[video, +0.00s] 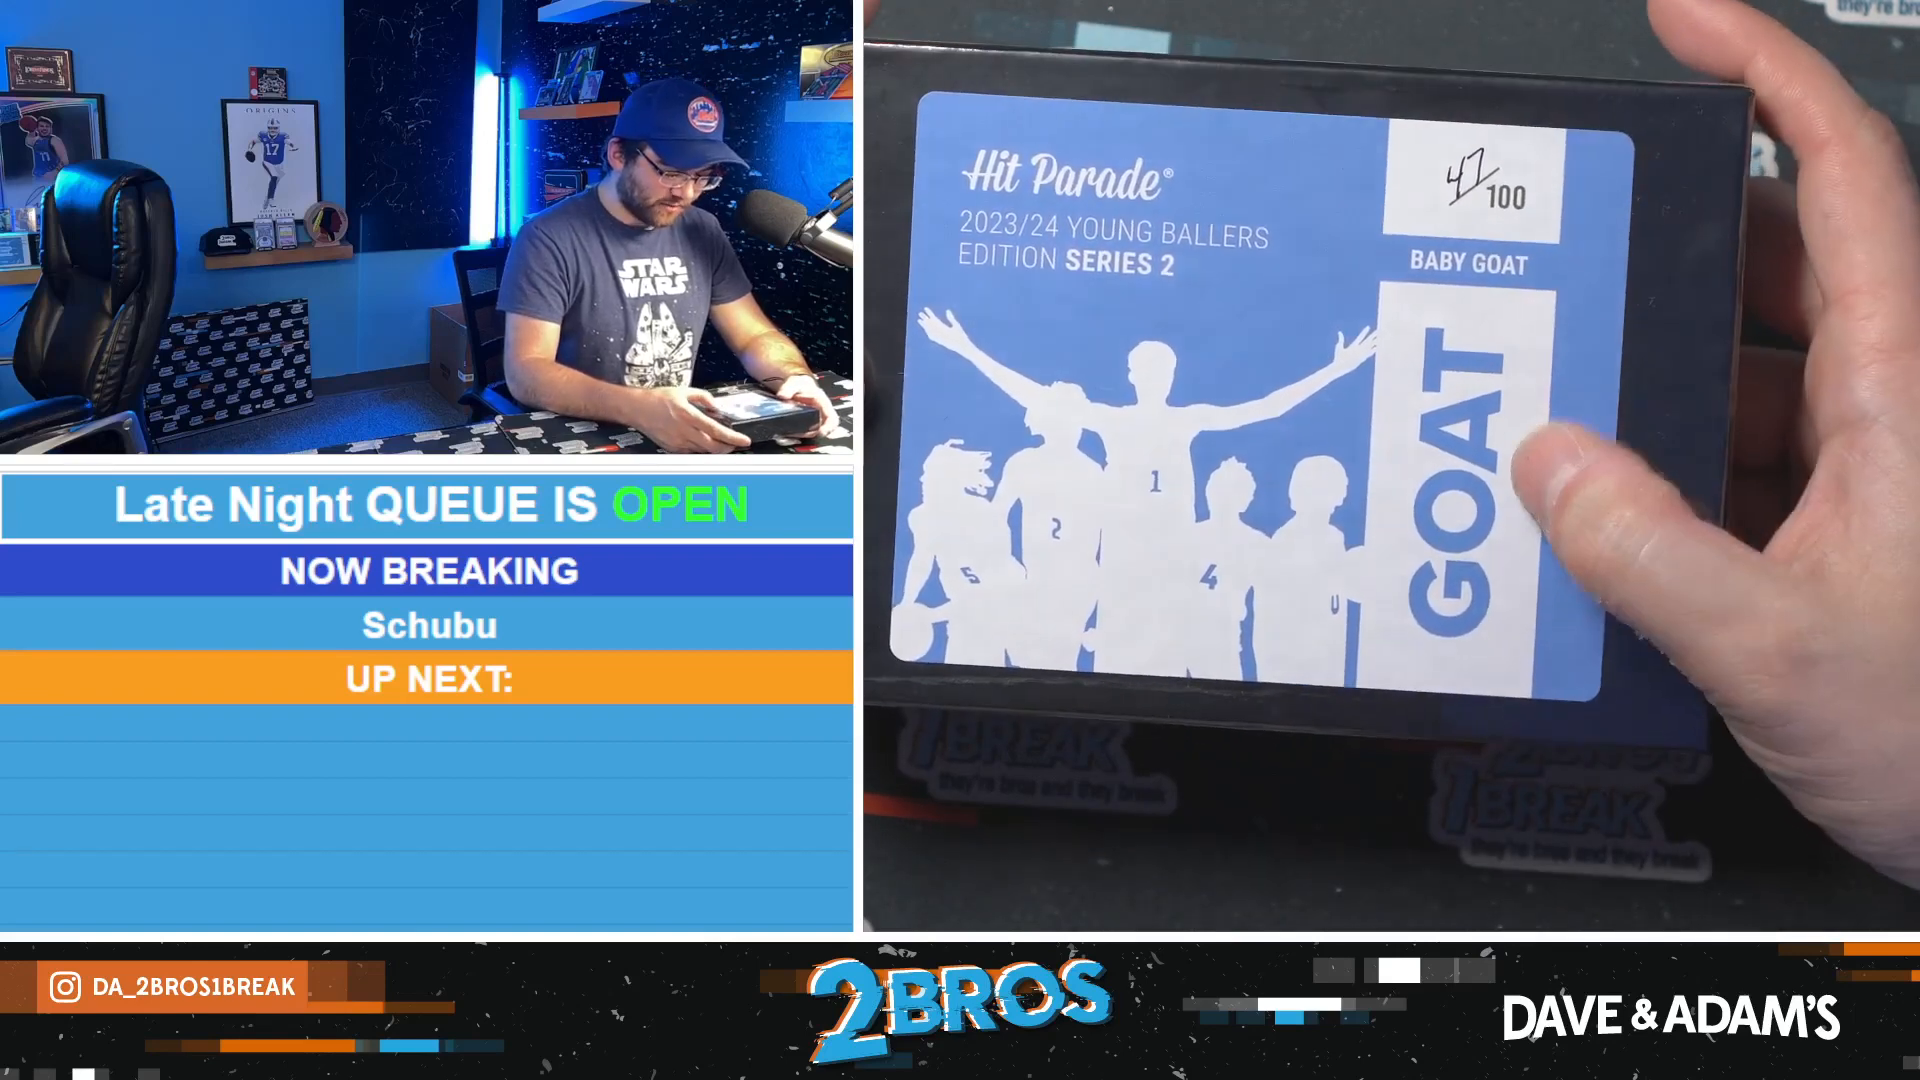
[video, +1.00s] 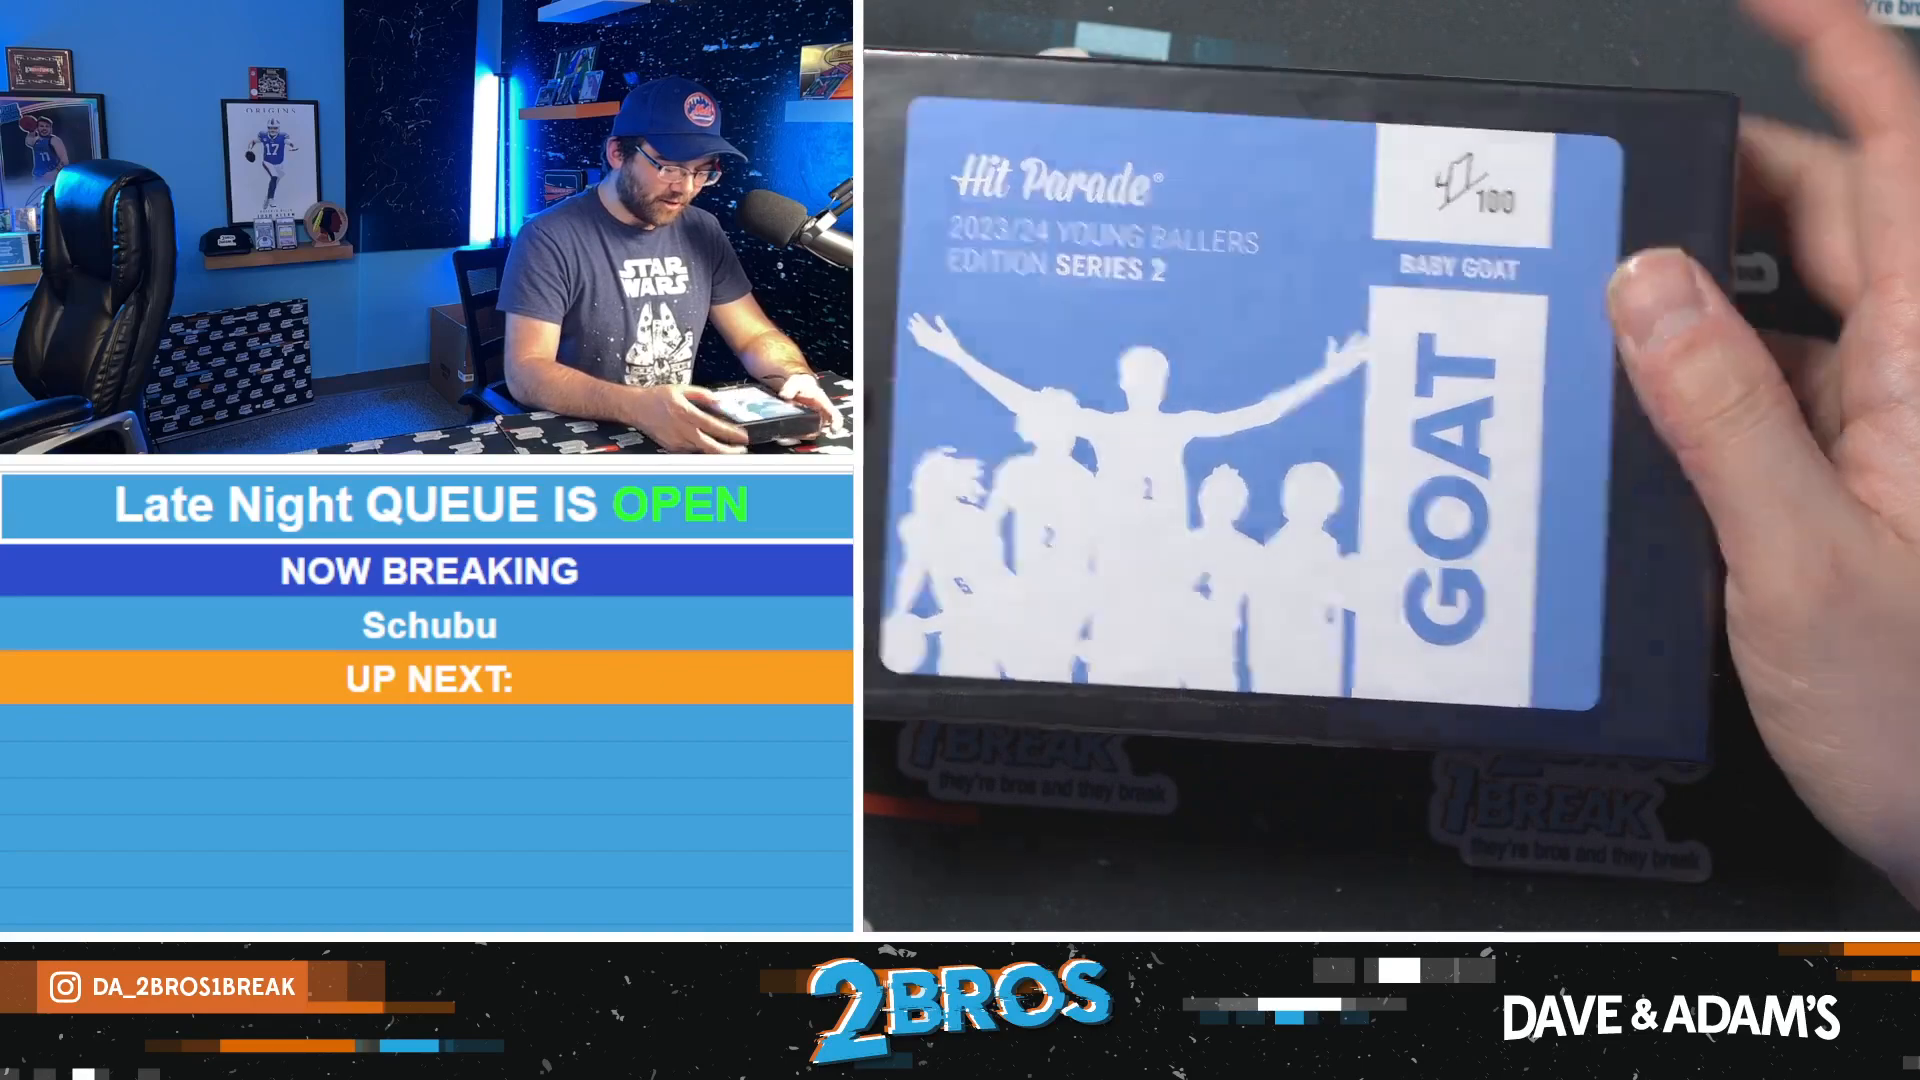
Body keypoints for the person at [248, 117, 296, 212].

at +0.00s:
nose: (273, 130)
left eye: (275, 128)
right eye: (271, 128)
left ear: (278, 128)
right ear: (268, 128)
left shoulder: (283, 136)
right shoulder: (263, 136)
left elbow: (290, 143)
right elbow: (253, 141)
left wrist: (292, 147)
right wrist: (250, 149)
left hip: (279, 164)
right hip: (267, 162)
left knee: (276, 182)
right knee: (274, 176)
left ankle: (267, 200)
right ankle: (270, 199)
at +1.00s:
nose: (273, 130)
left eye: (275, 128)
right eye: (271, 128)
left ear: (278, 128)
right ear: (268, 128)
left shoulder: (283, 136)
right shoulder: (263, 136)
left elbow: (290, 142)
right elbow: (254, 141)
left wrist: (292, 147)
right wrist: (250, 148)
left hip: (279, 164)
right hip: (267, 162)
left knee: (275, 182)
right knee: (274, 176)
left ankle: (267, 200)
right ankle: (270, 199)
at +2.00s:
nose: (273, 130)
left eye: (275, 128)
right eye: (271, 128)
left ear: (278, 128)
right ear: (268, 128)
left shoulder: (283, 136)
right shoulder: (263, 136)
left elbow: (290, 143)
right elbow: (253, 141)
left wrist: (292, 147)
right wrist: (250, 149)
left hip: (279, 164)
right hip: (267, 162)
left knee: (275, 182)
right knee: (274, 176)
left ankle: (267, 200)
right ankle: (270, 199)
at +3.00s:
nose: (273, 130)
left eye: (275, 128)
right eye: (271, 128)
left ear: (278, 128)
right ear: (268, 128)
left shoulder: (283, 136)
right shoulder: (263, 136)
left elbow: (290, 143)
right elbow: (253, 141)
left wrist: (292, 147)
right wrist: (250, 149)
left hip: (279, 164)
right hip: (267, 162)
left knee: (275, 182)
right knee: (274, 176)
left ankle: (267, 200)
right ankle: (270, 199)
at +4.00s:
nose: (273, 130)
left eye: (275, 128)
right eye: (271, 128)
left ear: (278, 128)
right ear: (268, 128)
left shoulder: (283, 136)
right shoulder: (263, 136)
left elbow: (289, 142)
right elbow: (253, 142)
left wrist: (292, 146)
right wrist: (250, 149)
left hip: (278, 163)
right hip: (267, 162)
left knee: (276, 181)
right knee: (274, 176)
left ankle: (267, 200)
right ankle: (270, 199)